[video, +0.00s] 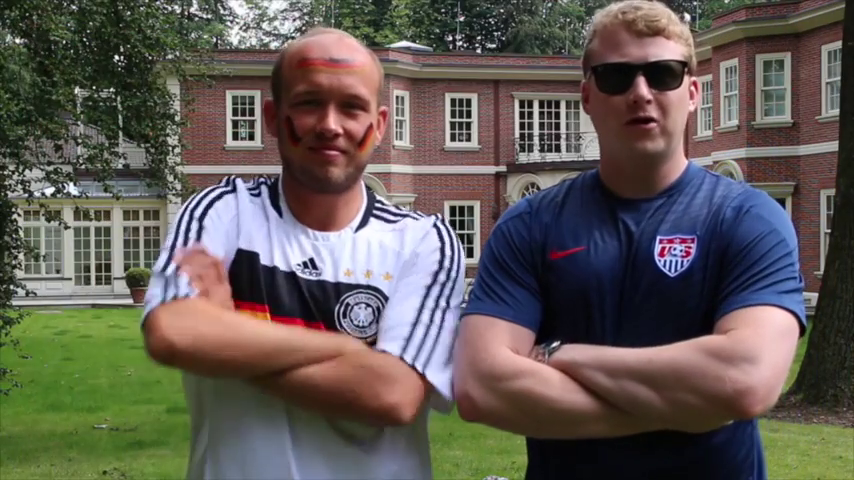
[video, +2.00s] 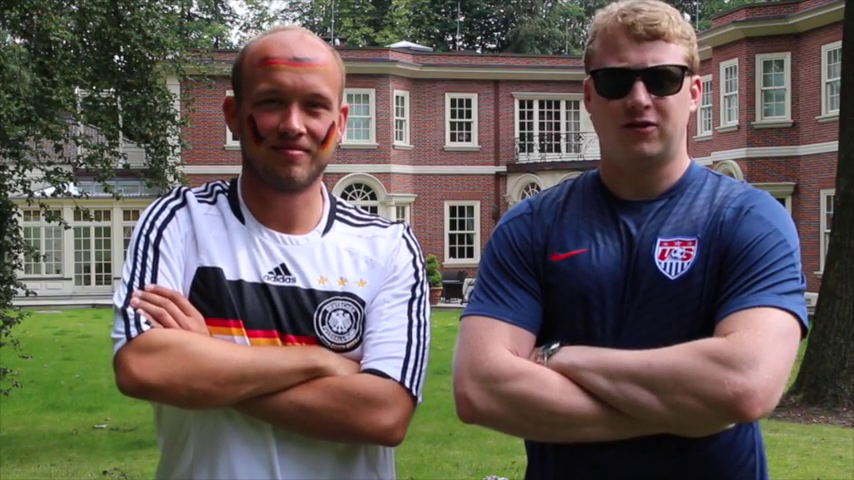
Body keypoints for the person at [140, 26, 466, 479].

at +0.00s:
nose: (330, 126)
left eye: (352, 107)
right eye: (310, 104)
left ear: (380, 125)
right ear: (274, 119)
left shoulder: (425, 241)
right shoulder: (218, 210)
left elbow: (397, 396)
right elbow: (169, 334)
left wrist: (230, 329)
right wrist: (356, 350)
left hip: (377, 477)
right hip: (231, 474)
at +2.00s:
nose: (293, 125)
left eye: (315, 106)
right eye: (272, 103)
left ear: (340, 122)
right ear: (234, 115)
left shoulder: (389, 247)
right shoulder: (175, 221)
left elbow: (386, 417)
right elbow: (139, 367)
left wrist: (210, 366)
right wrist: (322, 361)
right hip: (203, 474)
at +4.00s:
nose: (293, 126)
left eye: (314, 107)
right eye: (271, 104)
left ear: (338, 124)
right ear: (232, 118)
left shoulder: (387, 249)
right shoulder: (174, 221)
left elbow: (384, 421)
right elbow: (138, 374)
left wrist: (211, 372)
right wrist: (318, 365)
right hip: (201, 473)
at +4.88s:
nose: (294, 115)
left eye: (301, 98)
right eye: (269, 95)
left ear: (309, 109)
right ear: (204, 117)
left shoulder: (348, 240)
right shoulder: (140, 232)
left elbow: (403, 406)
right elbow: (125, 388)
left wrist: (248, 361)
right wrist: (289, 304)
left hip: (330, 474)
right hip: (191, 472)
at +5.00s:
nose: (288, 122)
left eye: (295, 103)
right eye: (263, 100)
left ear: (304, 110)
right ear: (197, 119)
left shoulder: (339, 242)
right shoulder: (136, 239)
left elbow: (405, 411)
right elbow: (169, 407)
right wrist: (342, 322)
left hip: (323, 475)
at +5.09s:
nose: (284, 132)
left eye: (290, 111)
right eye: (259, 111)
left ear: (298, 119)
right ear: (191, 128)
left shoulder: (329, 243)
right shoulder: (141, 256)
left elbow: (366, 383)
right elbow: (230, 414)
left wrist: (386, 421)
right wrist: (412, 404)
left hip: (316, 470)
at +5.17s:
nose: (283, 150)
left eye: (287, 129)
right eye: (256, 131)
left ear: (295, 132)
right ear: (188, 152)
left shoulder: (316, 252)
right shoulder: (158, 284)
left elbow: (362, 403)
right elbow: (299, 425)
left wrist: (459, 458)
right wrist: (495, 458)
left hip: (318, 472)